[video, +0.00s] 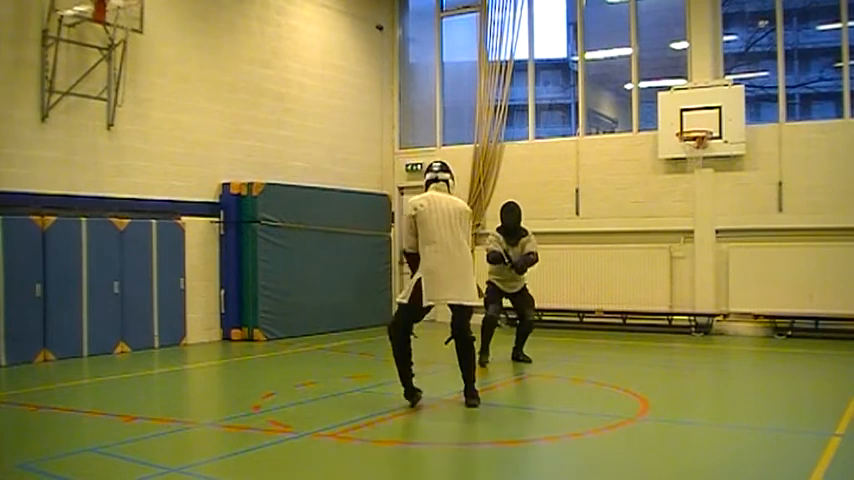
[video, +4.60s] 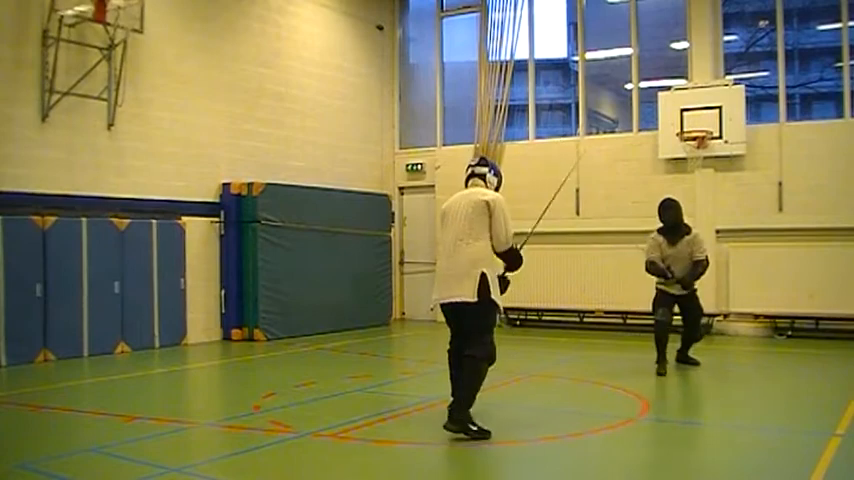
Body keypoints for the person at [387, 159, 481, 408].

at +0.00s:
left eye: (428, 179)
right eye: (446, 181)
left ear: (426, 181)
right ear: (451, 182)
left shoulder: (415, 203)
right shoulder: (463, 207)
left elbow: (410, 249)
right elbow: (466, 247)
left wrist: (421, 278)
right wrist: (459, 274)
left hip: (429, 279)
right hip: (462, 279)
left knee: (398, 328)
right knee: (462, 331)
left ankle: (409, 389)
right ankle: (471, 391)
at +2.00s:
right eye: (453, 182)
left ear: (429, 182)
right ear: (454, 184)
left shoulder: (416, 206)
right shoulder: (466, 211)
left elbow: (413, 248)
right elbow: (471, 251)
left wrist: (433, 265)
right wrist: (457, 271)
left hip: (427, 284)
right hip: (460, 284)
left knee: (400, 348)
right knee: (463, 335)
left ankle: (396, 414)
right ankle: (471, 392)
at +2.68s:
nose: (481, 187)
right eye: (483, 183)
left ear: (457, 180)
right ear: (480, 183)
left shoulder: (438, 202)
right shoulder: (488, 207)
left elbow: (435, 241)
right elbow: (494, 251)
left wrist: (449, 260)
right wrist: (474, 265)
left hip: (442, 277)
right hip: (475, 280)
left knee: (419, 334)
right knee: (477, 336)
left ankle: (405, 394)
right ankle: (473, 392)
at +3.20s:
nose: (487, 187)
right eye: (487, 182)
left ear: (460, 181)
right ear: (484, 183)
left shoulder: (442, 205)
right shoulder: (492, 208)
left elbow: (441, 247)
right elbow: (500, 256)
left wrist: (457, 268)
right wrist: (478, 271)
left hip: (449, 283)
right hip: (484, 284)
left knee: (435, 343)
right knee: (505, 328)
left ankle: (449, 401)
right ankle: (508, 386)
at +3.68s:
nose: (523, 188)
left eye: (522, 184)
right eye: (523, 184)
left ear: (495, 181)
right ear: (519, 184)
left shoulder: (476, 205)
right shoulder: (525, 209)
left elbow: (469, 241)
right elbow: (534, 257)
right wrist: (510, 264)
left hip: (478, 285)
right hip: (514, 285)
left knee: (458, 341)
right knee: (531, 331)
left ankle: (451, 399)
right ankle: (531, 386)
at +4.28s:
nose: (494, 183)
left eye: (493, 179)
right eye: (493, 178)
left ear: (466, 176)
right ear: (488, 176)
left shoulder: (449, 204)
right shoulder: (488, 195)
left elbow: (470, 247)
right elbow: (501, 236)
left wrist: (512, 260)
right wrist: (527, 233)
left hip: (448, 287)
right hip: (481, 287)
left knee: (455, 344)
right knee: (502, 341)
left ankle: (457, 404)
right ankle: (496, 403)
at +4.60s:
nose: (497, 186)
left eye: (496, 182)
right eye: (497, 182)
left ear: (468, 178)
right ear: (492, 179)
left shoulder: (448, 204)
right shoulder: (493, 198)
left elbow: (450, 250)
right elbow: (501, 243)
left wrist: (494, 274)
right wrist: (514, 260)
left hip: (446, 288)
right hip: (477, 286)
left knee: (459, 346)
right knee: (481, 349)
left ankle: (459, 410)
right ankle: (460, 413)